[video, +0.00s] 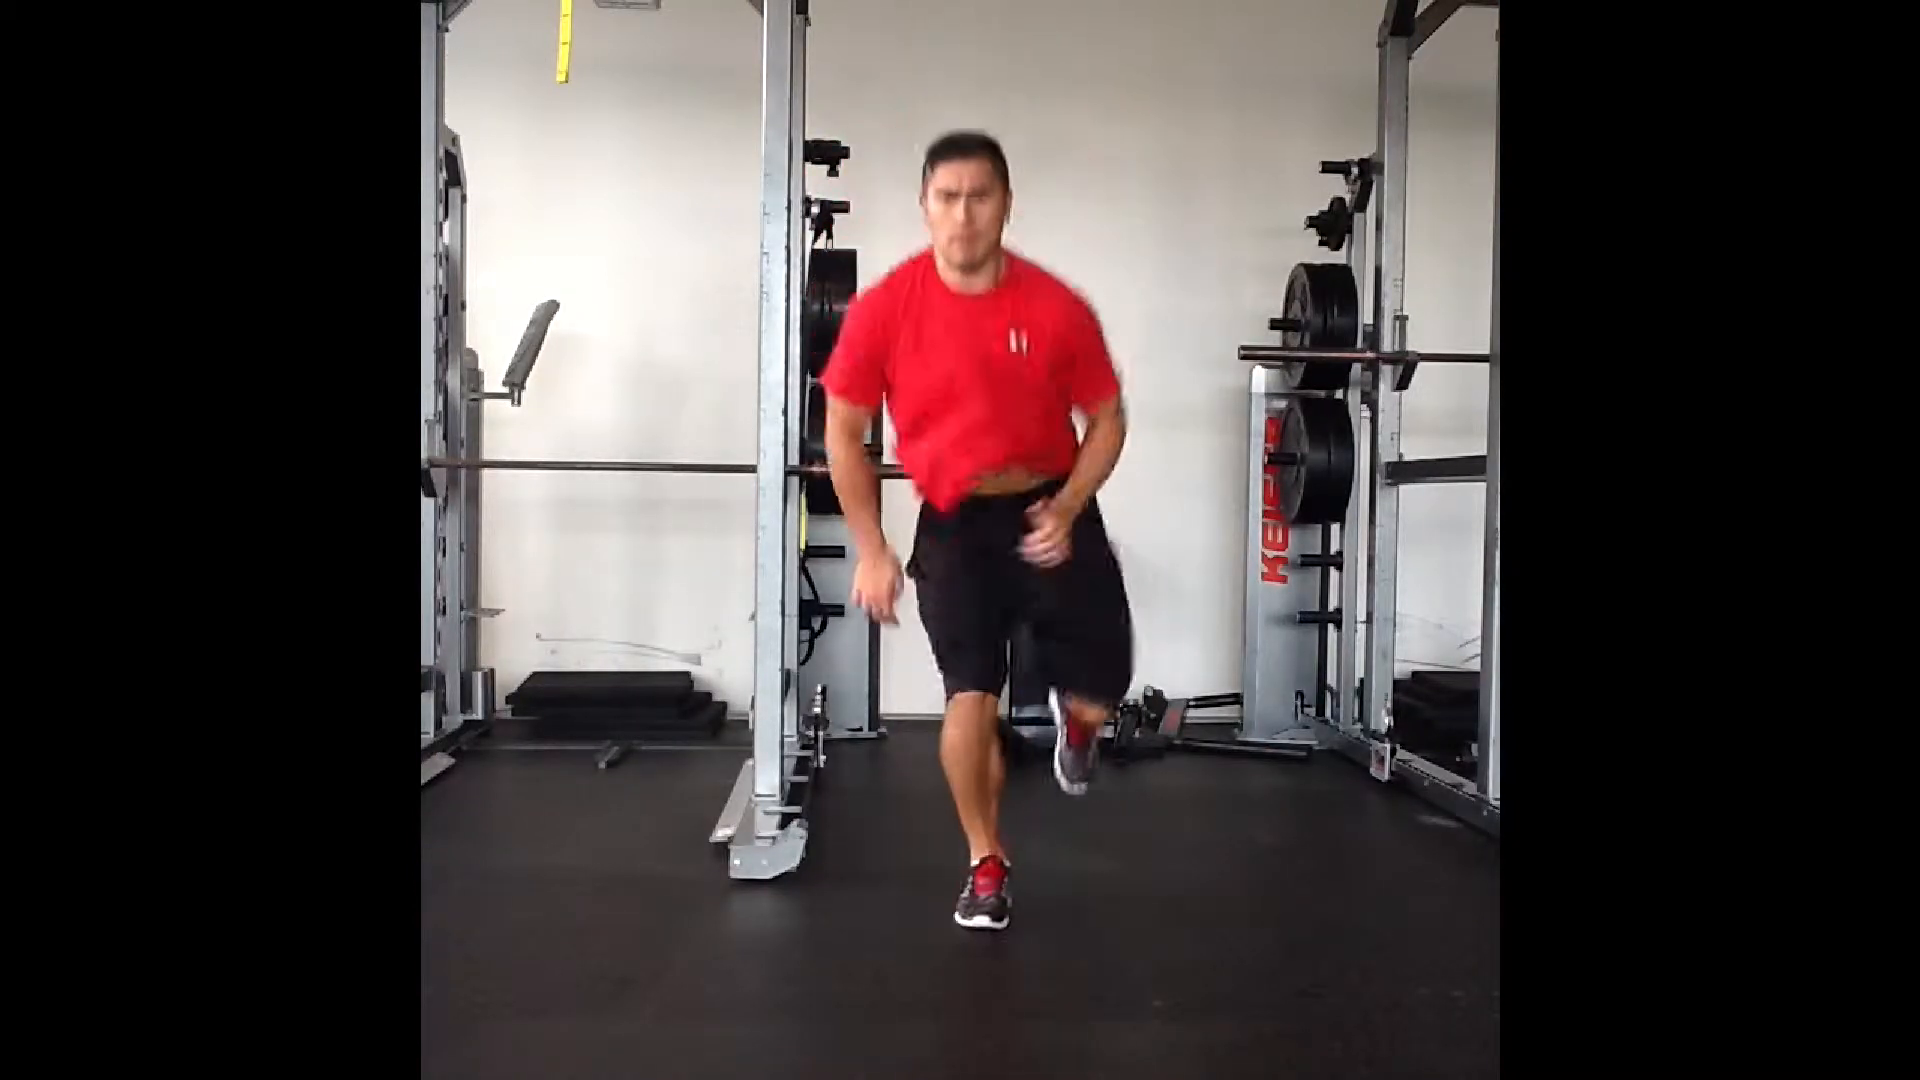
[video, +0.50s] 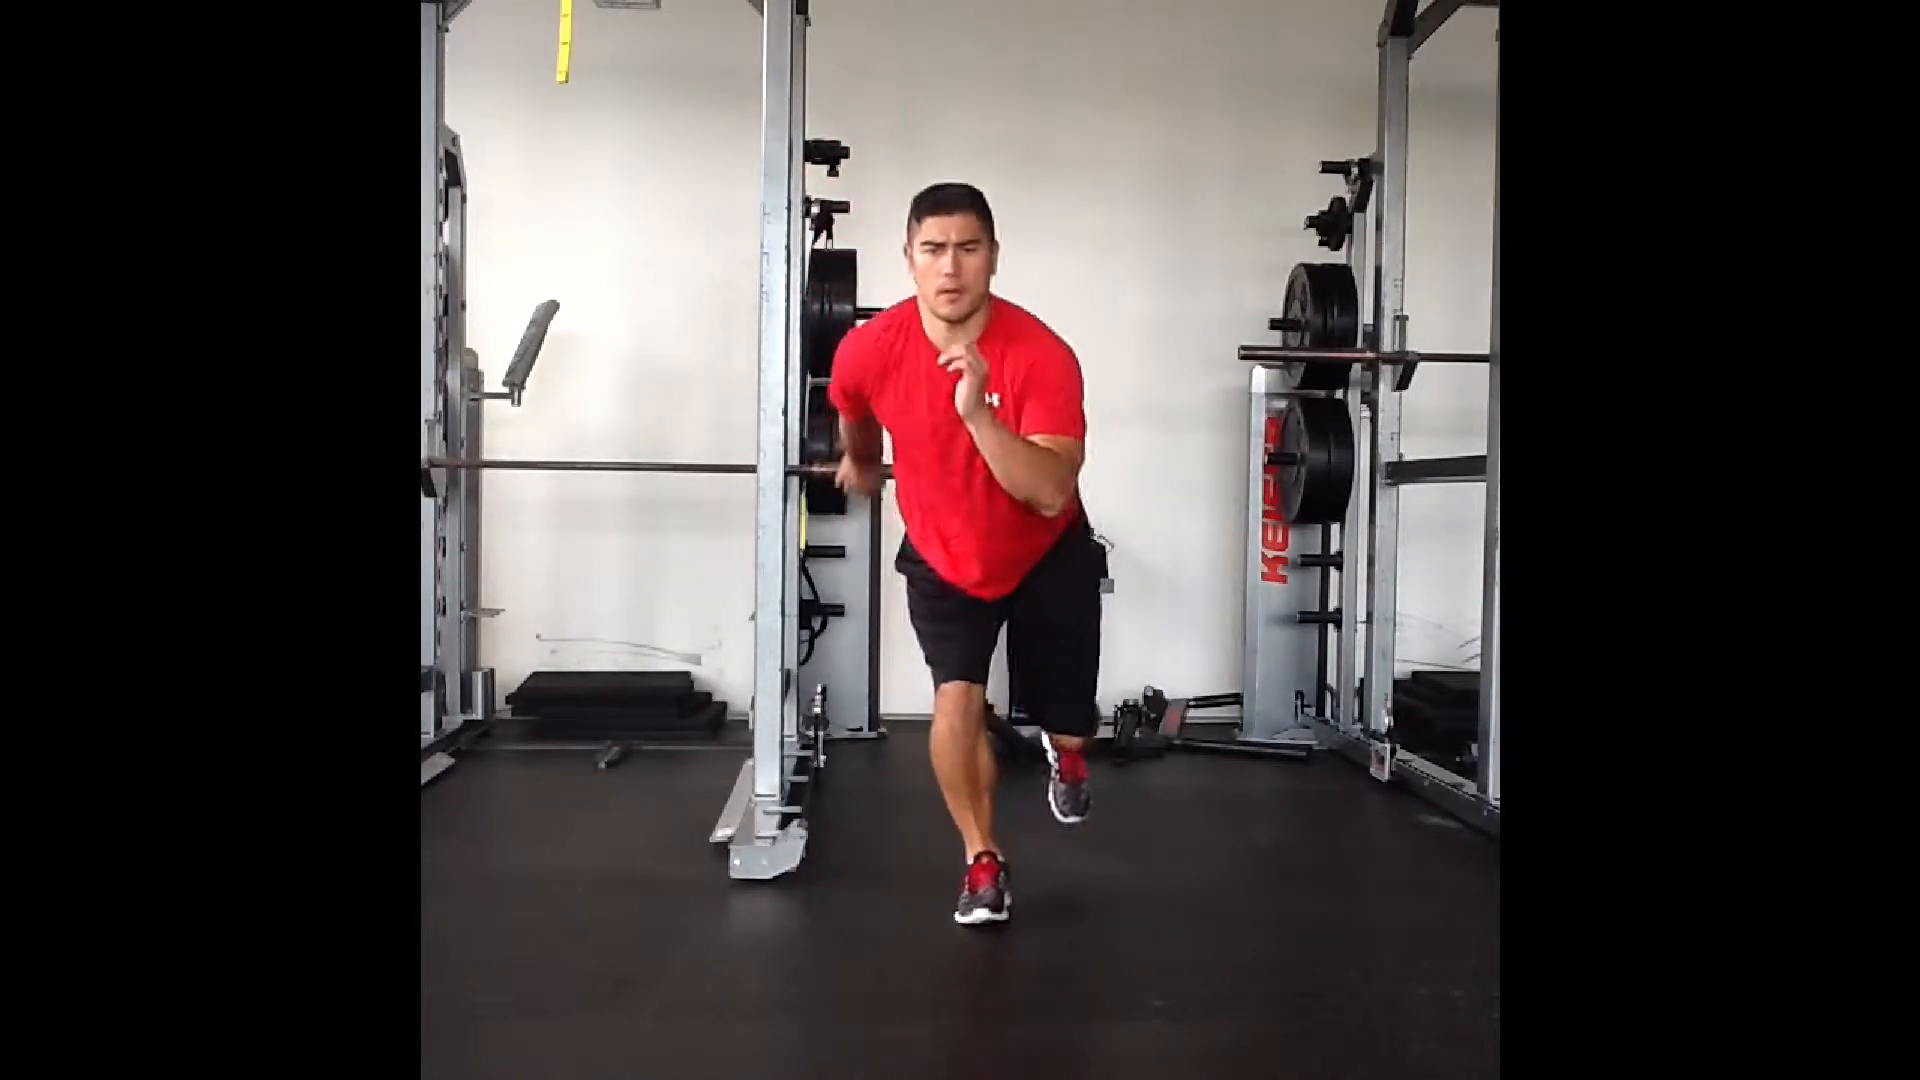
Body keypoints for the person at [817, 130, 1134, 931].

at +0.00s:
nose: (963, 213)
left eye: (978, 197)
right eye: (947, 198)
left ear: (1005, 207)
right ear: (926, 209)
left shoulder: (1057, 308)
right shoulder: (883, 310)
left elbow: (1108, 421)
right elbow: (844, 429)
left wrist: (1066, 506)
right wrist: (871, 549)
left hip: (1056, 510)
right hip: (956, 521)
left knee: (1098, 690)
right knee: (971, 693)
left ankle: (1077, 725)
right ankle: (985, 863)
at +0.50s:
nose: (951, 268)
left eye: (968, 249)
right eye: (933, 250)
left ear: (993, 258)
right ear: (909, 260)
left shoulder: (1042, 357)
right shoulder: (870, 350)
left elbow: (1053, 492)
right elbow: (851, 411)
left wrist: (977, 416)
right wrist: (859, 464)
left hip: (1049, 552)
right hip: (943, 558)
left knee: (1065, 710)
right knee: (957, 698)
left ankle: (1067, 752)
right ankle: (981, 860)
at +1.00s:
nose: (918, 150)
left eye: (933, 132)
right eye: (899, 136)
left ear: (958, 143)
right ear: (878, 155)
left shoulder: (1027, 242)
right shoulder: (854, 275)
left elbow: (1099, 361)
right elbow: (860, 412)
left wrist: (1123, 478)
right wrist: (872, 524)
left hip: (1061, 488)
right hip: (954, 506)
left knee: (1116, 661)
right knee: (968, 684)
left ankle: (1143, 728)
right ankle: (985, 860)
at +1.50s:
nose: (951, 125)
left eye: (968, 108)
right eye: (935, 109)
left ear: (996, 118)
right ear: (914, 122)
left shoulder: (1052, 227)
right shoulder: (873, 238)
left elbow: (1095, 355)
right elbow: (853, 374)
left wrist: (1111, 476)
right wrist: (856, 498)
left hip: (1046, 485)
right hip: (935, 496)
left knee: (1075, 668)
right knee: (957, 681)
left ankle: (1092, 760)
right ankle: (981, 859)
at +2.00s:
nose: (958, 121)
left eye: (975, 105)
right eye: (942, 105)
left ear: (1002, 118)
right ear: (920, 120)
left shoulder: (1056, 230)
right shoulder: (876, 238)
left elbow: (1097, 358)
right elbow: (853, 373)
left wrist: (1111, 482)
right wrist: (858, 494)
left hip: (1047, 488)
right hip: (936, 498)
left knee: (1072, 672)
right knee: (960, 683)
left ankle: (1081, 762)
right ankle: (983, 858)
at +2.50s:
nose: (951, 147)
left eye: (969, 130)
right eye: (935, 131)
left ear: (997, 144)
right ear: (913, 146)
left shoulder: (1053, 259)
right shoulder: (870, 260)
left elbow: (1096, 390)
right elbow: (851, 374)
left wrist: (1051, 495)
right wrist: (871, 491)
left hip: (1047, 506)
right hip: (939, 514)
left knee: (1061, 662)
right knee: (953, 684)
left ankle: (1056, 718)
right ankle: (980, 858)